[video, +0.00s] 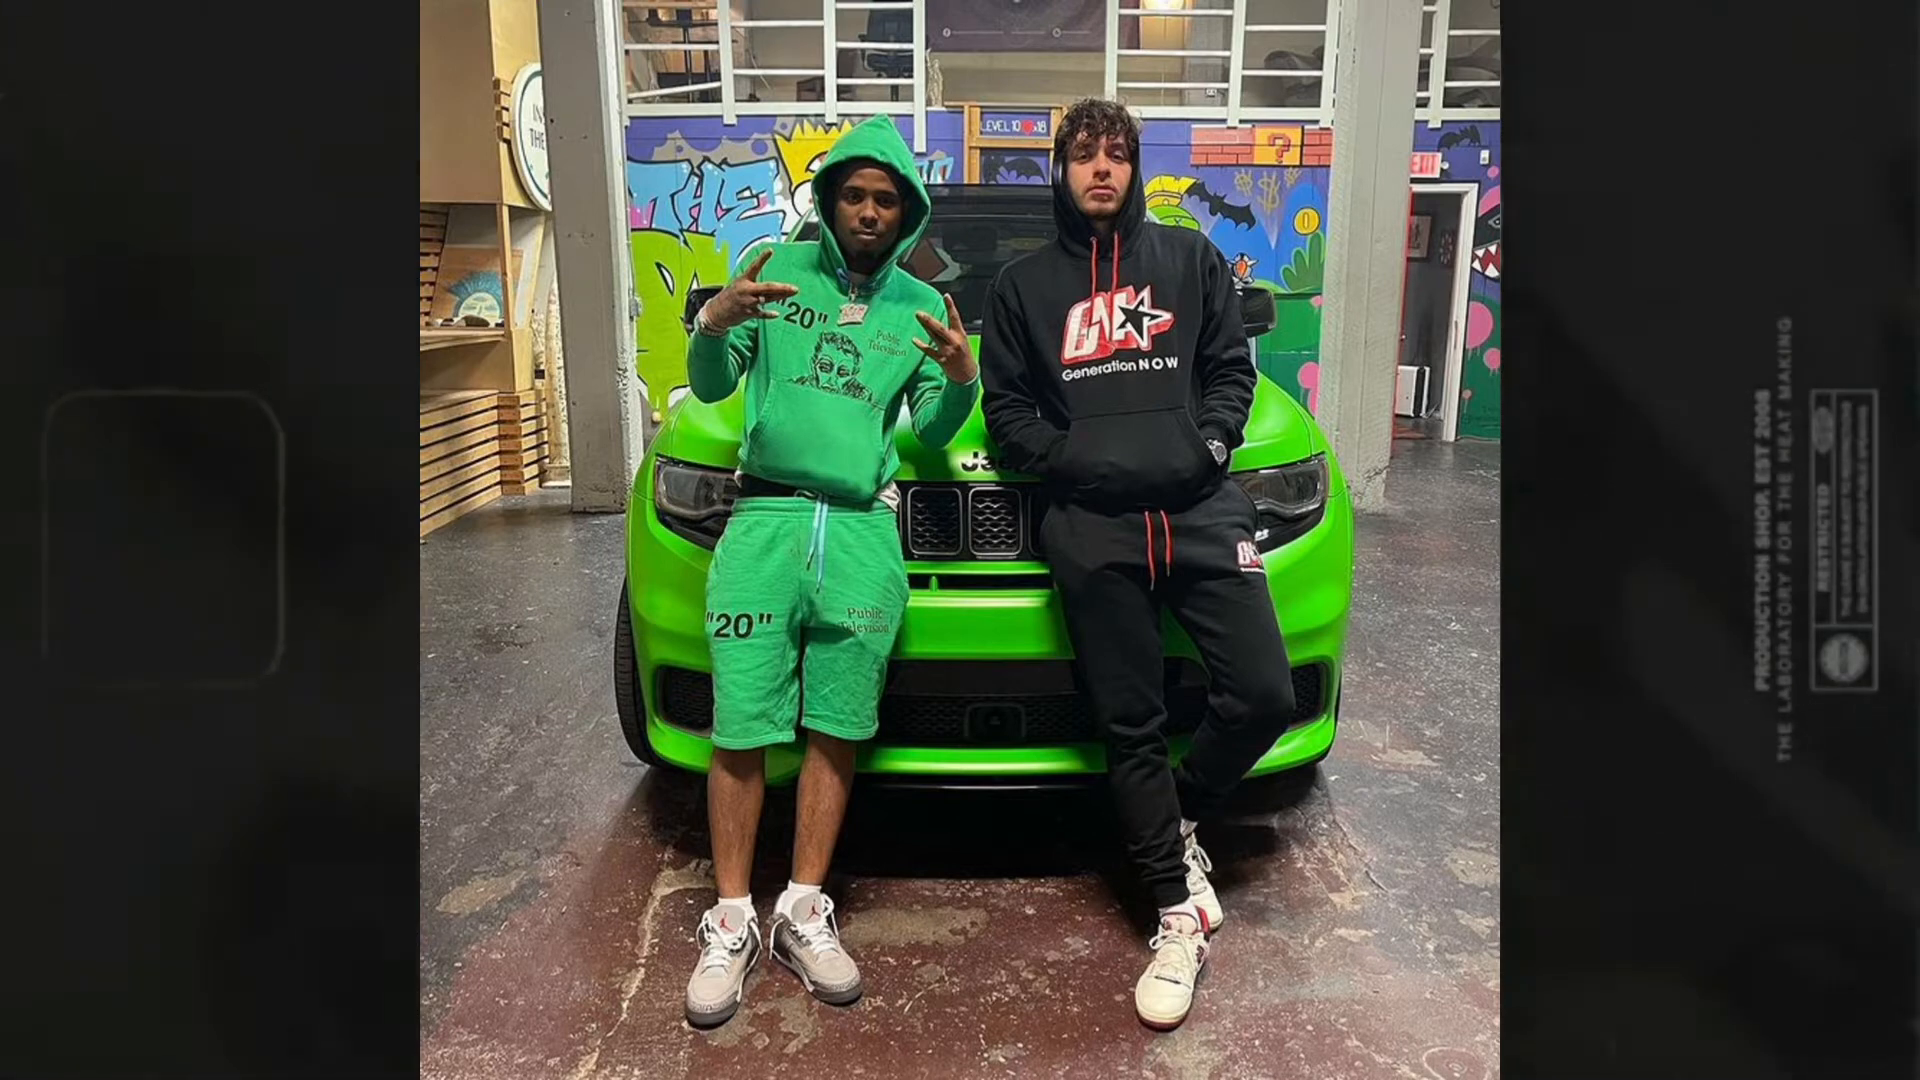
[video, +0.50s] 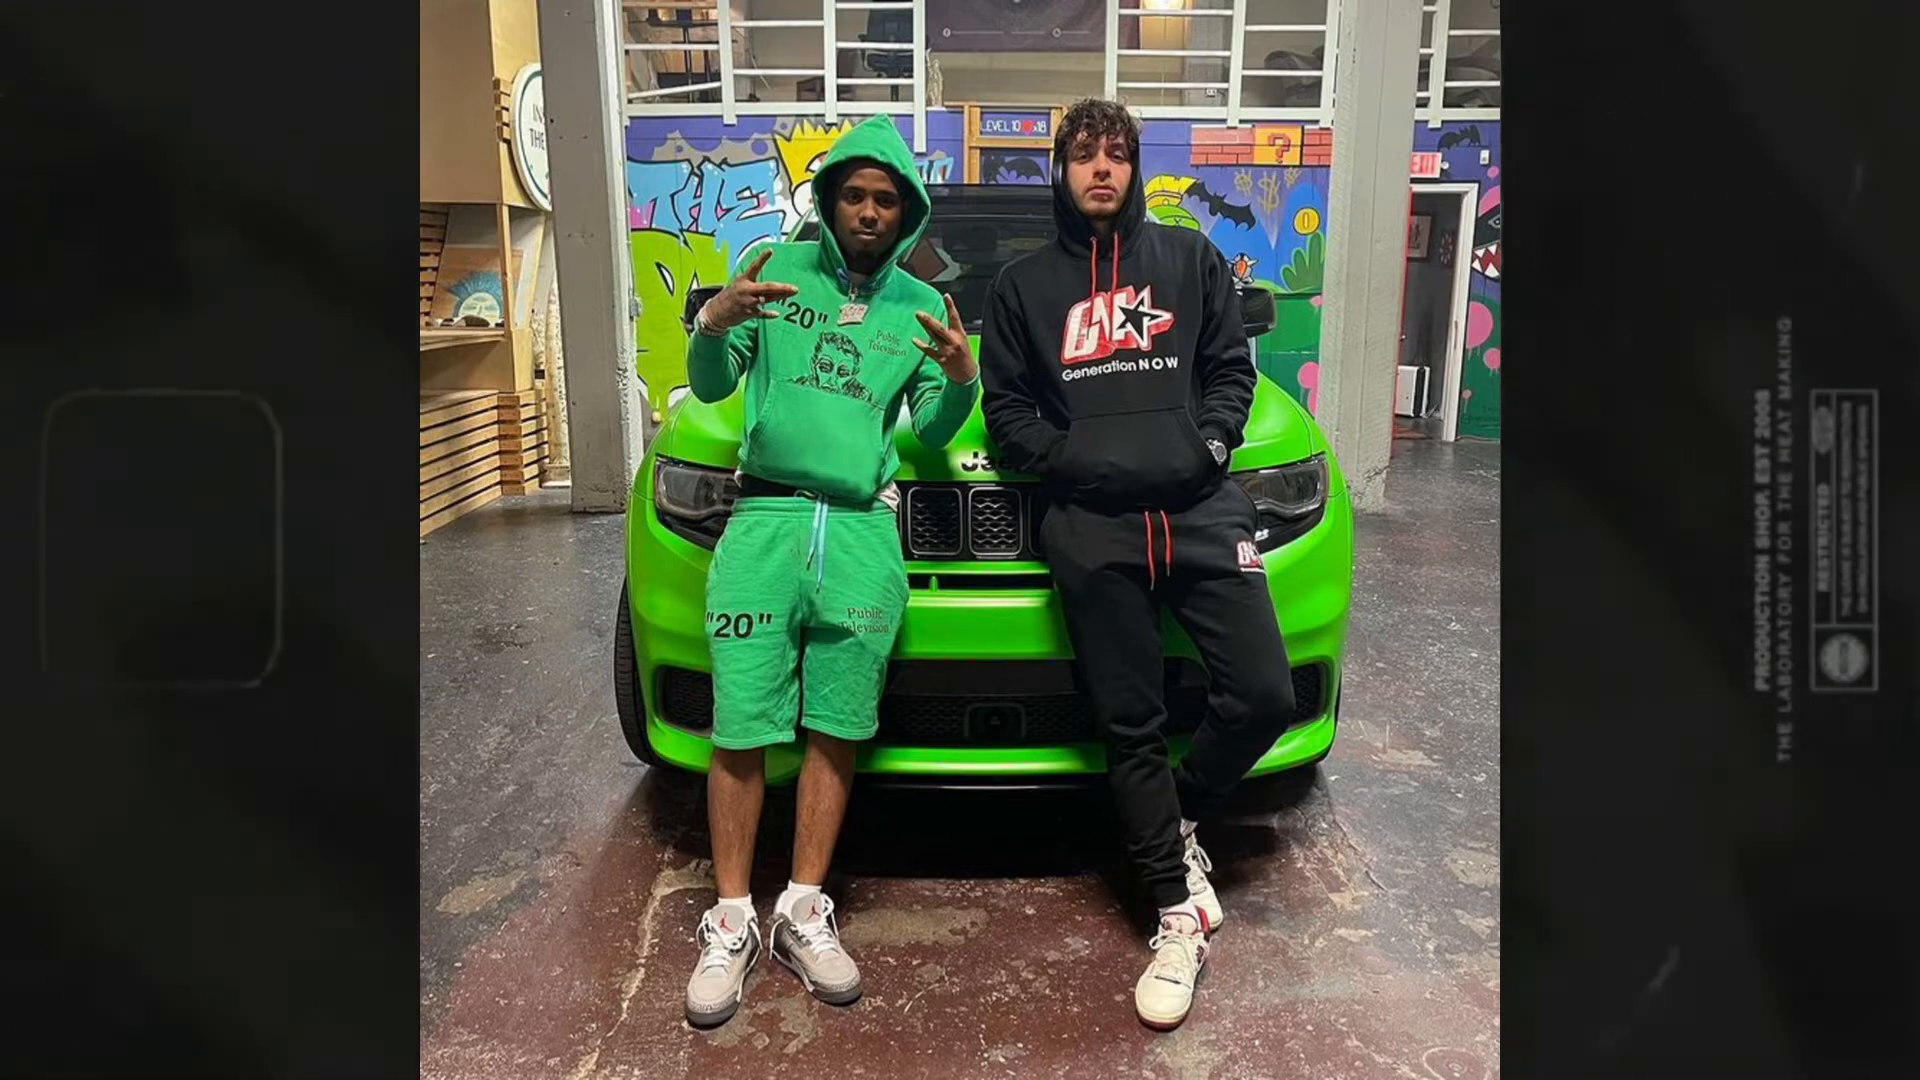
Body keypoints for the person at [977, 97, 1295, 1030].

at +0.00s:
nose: (1101, 171)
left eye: (1115, 158)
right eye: (1087, 159)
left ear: (1137, 170)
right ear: (1062, 171)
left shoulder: (1192, 257)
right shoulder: (1019, 281)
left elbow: (1232, 366)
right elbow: (1005, 404)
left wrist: (1208, 445)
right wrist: (1066, 457)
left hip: (1201, 503)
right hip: (1090, 514)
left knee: (1262, 693)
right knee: (1131, 718)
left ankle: (1179, 820)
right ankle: (1179, 917)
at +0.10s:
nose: (1101, 171)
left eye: (1115, 158)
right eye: (1087, 159)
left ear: (1137, 170)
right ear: (1062, 171)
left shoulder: (1192, 257)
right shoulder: (1019, 281)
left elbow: (1232, 366)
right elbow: (1005, 404)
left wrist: (1208, 445)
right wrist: (1066, 457)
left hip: (1201, 503)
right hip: (1090, 514)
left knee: (1262, 693)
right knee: (1131, 718)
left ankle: (1179, 820)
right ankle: (1179, 917)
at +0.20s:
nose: (1101, 171)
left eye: (1115, 158)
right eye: (1087, 159)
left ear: (1137, 170)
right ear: (1062, 171)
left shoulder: (1192, 257)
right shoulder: (1019, 281)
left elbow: (1232, 366)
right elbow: (1005, 404)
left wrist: (1208, 445)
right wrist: (1066, 457)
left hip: (1201, 503)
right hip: (1090, 514)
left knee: (1262, 692)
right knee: (1131, 718)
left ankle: (1179, 820)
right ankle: (1179, 917)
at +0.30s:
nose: (1102, 171)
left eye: (1116, 158)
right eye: (1088, 158)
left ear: (1137, 171)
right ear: (1062, 171)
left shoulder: (1191, 256)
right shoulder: (1017, 280)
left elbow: (1232, 364)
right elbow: (1004, 403)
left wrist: (1209, 444)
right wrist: (1066, 458)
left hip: (1200, 503)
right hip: (1091, 514)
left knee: (1262, 693)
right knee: (1131, 718)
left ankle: (1179, 819)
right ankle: (1179, 917)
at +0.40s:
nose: (1102, 171)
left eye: (1115, 158)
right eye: (1087, 158)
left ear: (1137, 171)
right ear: (1061, 172)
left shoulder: (1191, 256)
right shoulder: (1017, 280)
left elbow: (1232, 363)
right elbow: (1003, 403)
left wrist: (1209, 444)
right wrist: (1065, 457)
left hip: (1200, 503)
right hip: (1091, 514)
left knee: (1262, 692)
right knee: (1131, 719)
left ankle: (1180, 818)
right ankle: (1179, 918)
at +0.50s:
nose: (1102, 171)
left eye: (1115, 158)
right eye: (1087, 158)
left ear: (1137, 171)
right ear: (1061, 172)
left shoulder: (1191, 256)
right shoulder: (1017, 280)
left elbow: (1232, 363)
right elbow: (1003, 403)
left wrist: (1209, 444)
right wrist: (1065, 457)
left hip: (1200, 503)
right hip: (1091, 514)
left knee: (1262, 692)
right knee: (1131, 719)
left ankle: (1180, 818)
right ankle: (1179, 918)